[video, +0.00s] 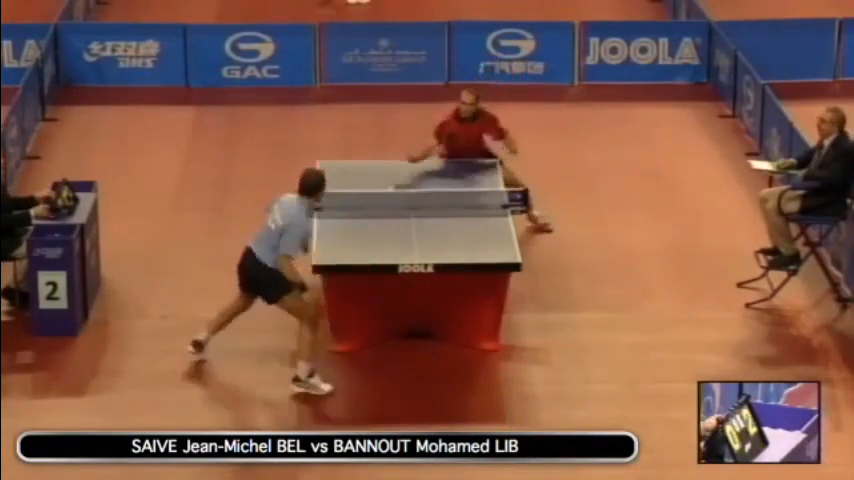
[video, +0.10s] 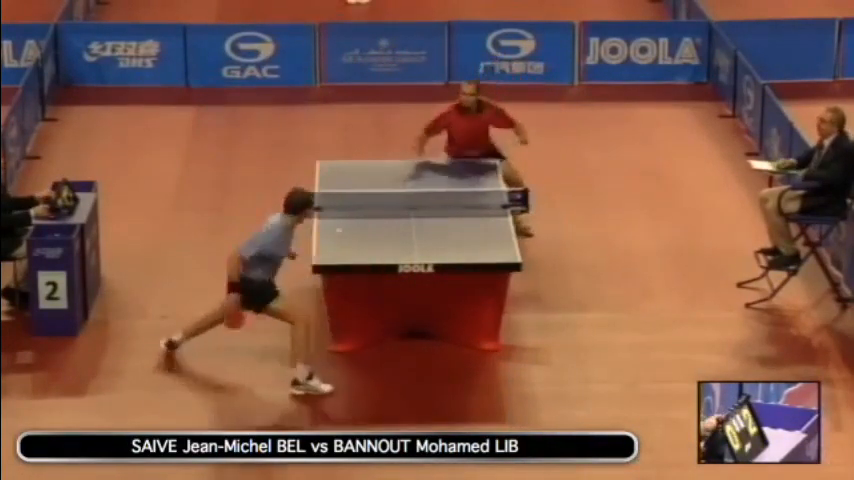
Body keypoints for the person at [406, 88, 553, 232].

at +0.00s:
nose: (464, 108)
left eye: (469, 104)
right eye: (462, 103)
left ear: (477, 105)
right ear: (458, 103)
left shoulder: (487, 120)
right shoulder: (448, 124)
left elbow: (503, 136)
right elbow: (436, 145)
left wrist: (511, 147)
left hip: (487, 166)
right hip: (456, 166)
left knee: (521, 188)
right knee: (422, 184)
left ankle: (532, 219)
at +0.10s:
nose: (468, 98)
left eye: (471, 95)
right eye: (465, 94)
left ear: (477, 96)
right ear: (460, 95)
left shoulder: (487, 110)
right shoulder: (452, 114)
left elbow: (512, 123)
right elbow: (428, 131)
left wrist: (521, 135)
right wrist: (420, 147)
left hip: (487, 156)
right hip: (459, 158)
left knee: (515, 180)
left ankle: (516, 222)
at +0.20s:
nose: (467, 90)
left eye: (471, 87)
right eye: (465, 86)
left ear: (479, 88)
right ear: (461, 86)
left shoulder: (491, 102)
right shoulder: (456, 103)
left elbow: (508, 114)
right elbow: (438, 118)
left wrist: (520, 120)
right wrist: (428, 131)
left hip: (492, 147)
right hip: (463, 148)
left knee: (511, 180)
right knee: (454, 183)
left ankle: (516, 220)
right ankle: (455, 223)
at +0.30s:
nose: (467, 78)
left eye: (472, 75)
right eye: (465, 75)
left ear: (480, 76)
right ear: (461, 76)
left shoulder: (493, 91)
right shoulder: (455, 93)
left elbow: (512, 100)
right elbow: (439, 109)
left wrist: (525, 105)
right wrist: (429, 122)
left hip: (496, 136)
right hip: (467, 137)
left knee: (518, 173)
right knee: (451, 171)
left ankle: (523, 219)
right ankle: (449, 219)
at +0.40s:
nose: (464, 76)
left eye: (469, 72)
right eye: (463, 72)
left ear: (478, 74)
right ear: (460, 72)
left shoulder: (493, 90)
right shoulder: (454, 91)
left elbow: (519, 102)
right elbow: (438, 110)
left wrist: (521, 110)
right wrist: (431, 124)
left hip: (495, 134)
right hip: (467, 135)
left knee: (520, 173)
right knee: (449, 170)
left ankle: (536, 217)